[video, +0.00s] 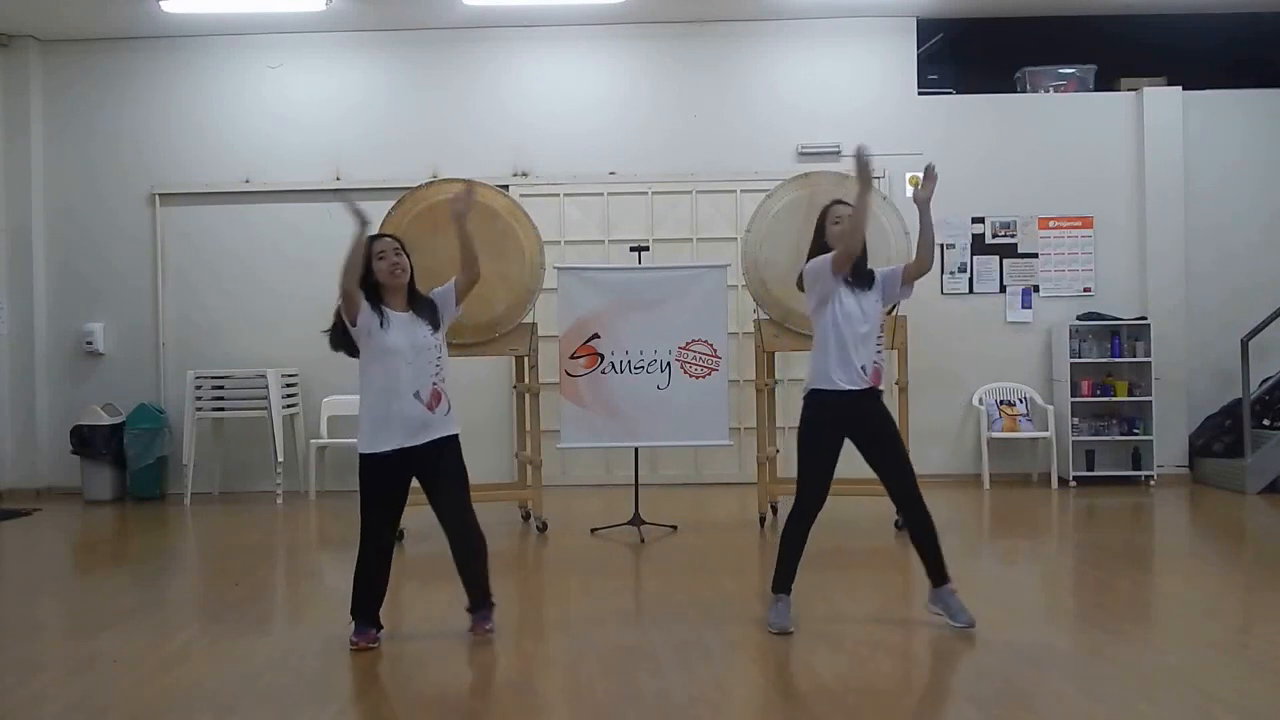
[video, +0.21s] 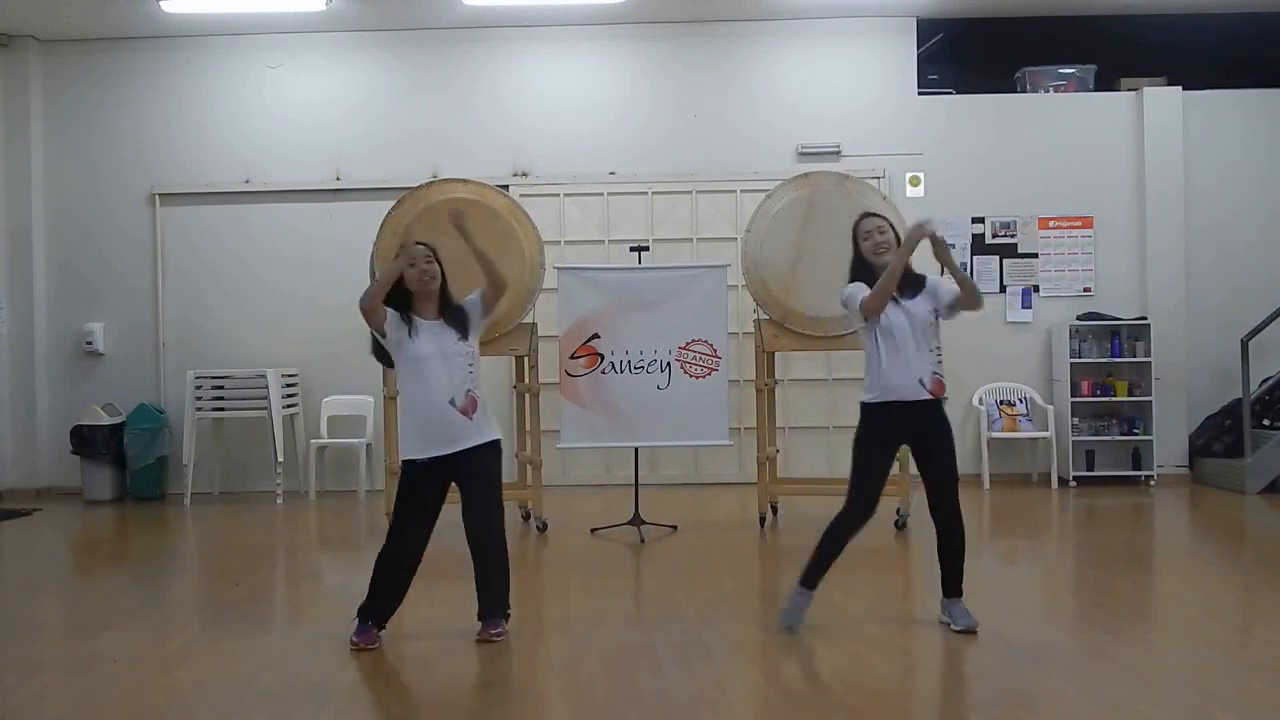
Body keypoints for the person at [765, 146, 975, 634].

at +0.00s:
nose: (847, 224)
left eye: (853, 218)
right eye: (837, 219)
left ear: (864, 229)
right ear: (822, 235)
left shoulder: (877, 282)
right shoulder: (816, 277)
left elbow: (922, 264)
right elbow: (850, 249)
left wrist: (923, 209)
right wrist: (865, 191)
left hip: (869, 403)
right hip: (824, 405)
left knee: (909, 496)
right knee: (809, 502)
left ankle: (941, 589)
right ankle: (781, 597)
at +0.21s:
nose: (878, 239)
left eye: (883, 232)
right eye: (867, 236)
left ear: (898, 239)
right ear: (858, 250)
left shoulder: (926, 286)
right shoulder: (856, 291)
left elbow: (973, 301)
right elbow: (873, 308)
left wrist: (948, 259)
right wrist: (908, 248)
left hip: (929, 412)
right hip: (881, 412)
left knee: (947, 511)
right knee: (858, 510)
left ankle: (953, 602)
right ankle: (803, 592)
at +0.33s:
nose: (891, 233)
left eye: (896, 225)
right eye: (881, 230)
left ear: (912, 233)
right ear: (873, 245)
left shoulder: (944, 286)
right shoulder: (874, 293)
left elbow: (997, 320)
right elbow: (849, 330)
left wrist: (992, 291)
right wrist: (863, 284)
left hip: (940, 407)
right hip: (891, 408)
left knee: (952, 508)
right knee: (888, 506)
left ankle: (953, 601)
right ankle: (854, 585)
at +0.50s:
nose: (907, 229)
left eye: (913, 221)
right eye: (898, 224)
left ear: (929, 230)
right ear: (889, 236)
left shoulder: (954, 287)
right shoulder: (874, 289)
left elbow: (984, 337)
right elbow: (838, 335)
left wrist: (1027, 327)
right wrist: (809, 325)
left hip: (950, 405)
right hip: (901, 408)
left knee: (956, 503)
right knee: (926, 503)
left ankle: (954, 598)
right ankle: (927, 592)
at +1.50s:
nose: (829, 233)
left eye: (836, 227)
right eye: (820, 228)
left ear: (847, 239)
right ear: (807, 239)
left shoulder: (859, 297)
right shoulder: (787, 290)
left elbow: (881, 350)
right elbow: (747, 340)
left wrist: (931, 344)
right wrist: (729, 322)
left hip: (835, 411)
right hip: (790, 408)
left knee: (822, 509)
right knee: (794, 503)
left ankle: (775, 576)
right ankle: (787, 596)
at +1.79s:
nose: (835, 231)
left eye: (842, 224)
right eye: (827, 225)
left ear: (851, 235)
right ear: (812, 235)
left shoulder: (858, 287)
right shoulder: (802, 284)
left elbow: (910, 288)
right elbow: (800, 271)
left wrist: (930, 240)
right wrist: (807, 213)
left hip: (843, 402)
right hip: (803, 404)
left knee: (883, 490)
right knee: (802, 503)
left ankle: (855, 577)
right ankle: (788, 597)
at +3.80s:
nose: (853, 227)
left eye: (857, 222)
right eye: (844, 221)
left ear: (863, 236)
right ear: (826, 234)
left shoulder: (872, 285)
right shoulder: (812, 276)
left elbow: (923, 282)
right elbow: (832, 273)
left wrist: (928, 229)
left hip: (860, 401)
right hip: (817, 402)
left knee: (900, 491)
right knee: (810, 501)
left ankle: (924, 584)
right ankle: (794, 596)